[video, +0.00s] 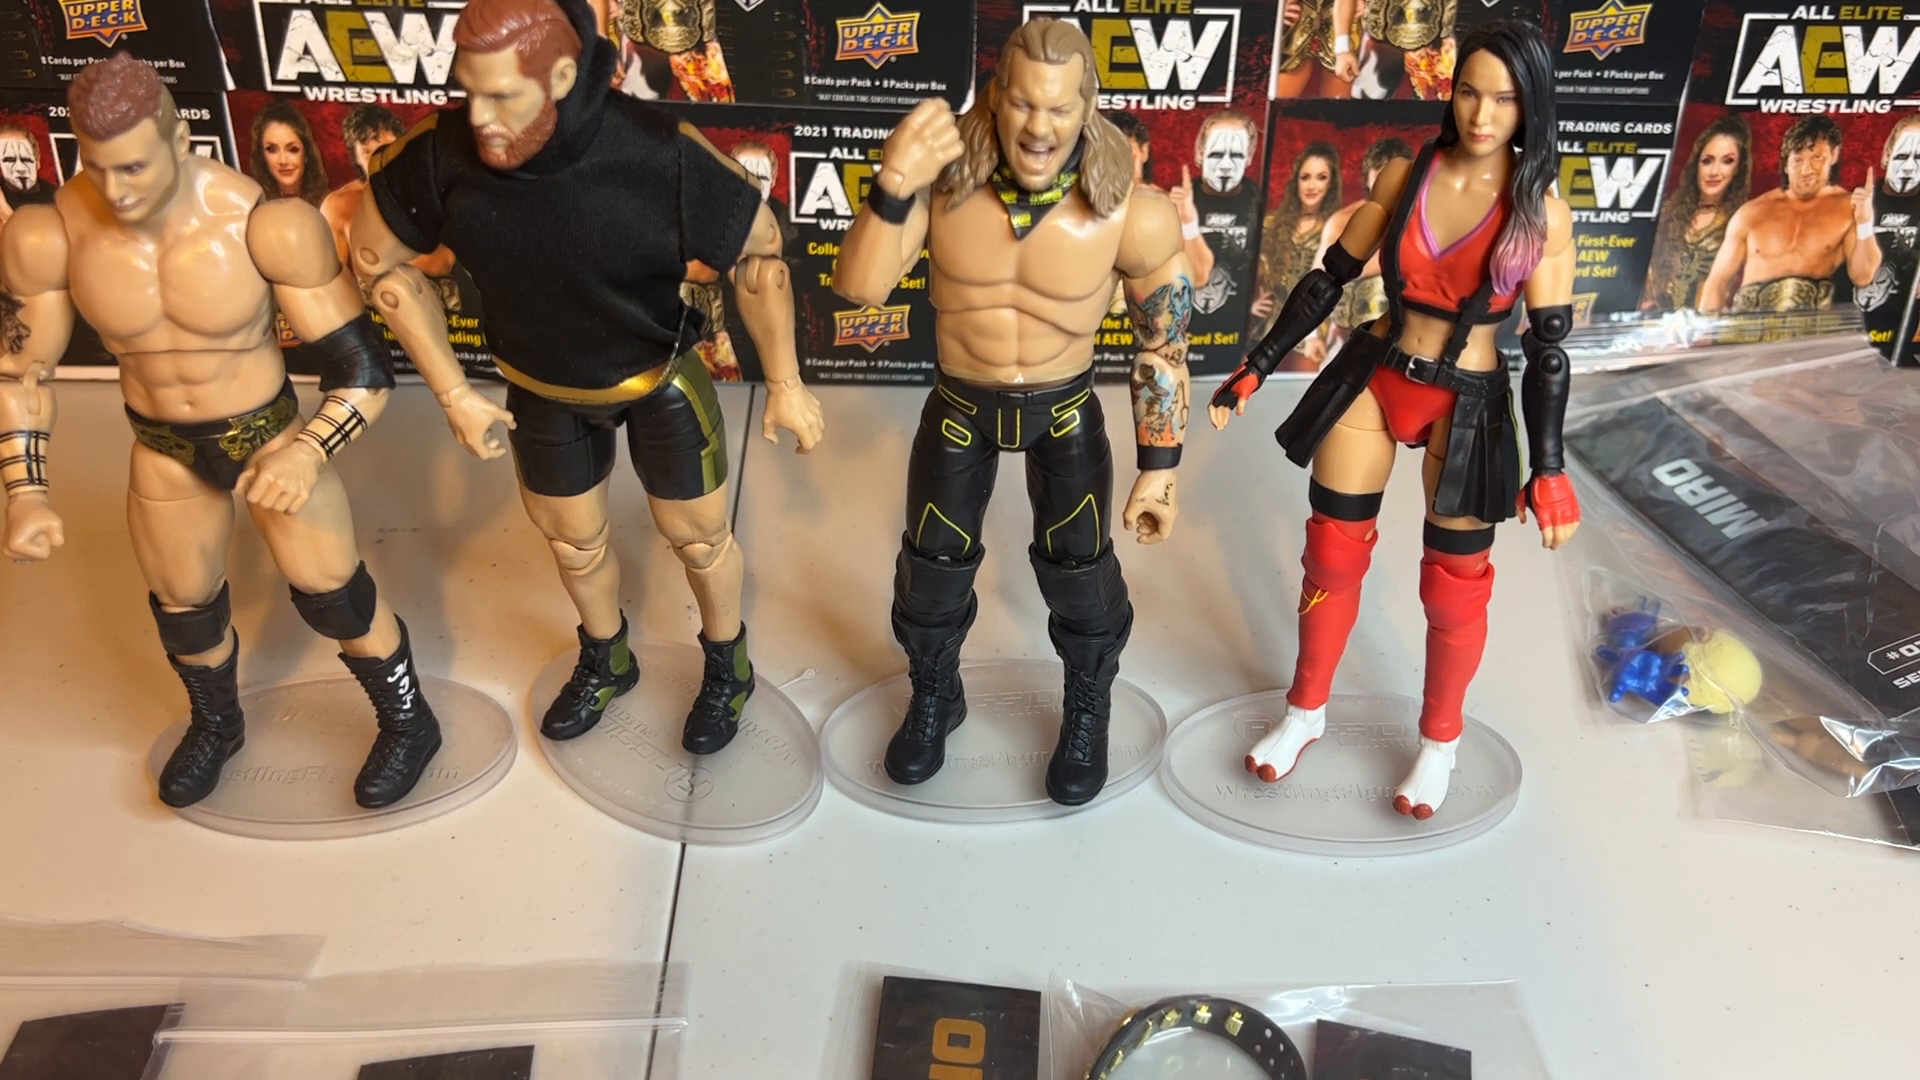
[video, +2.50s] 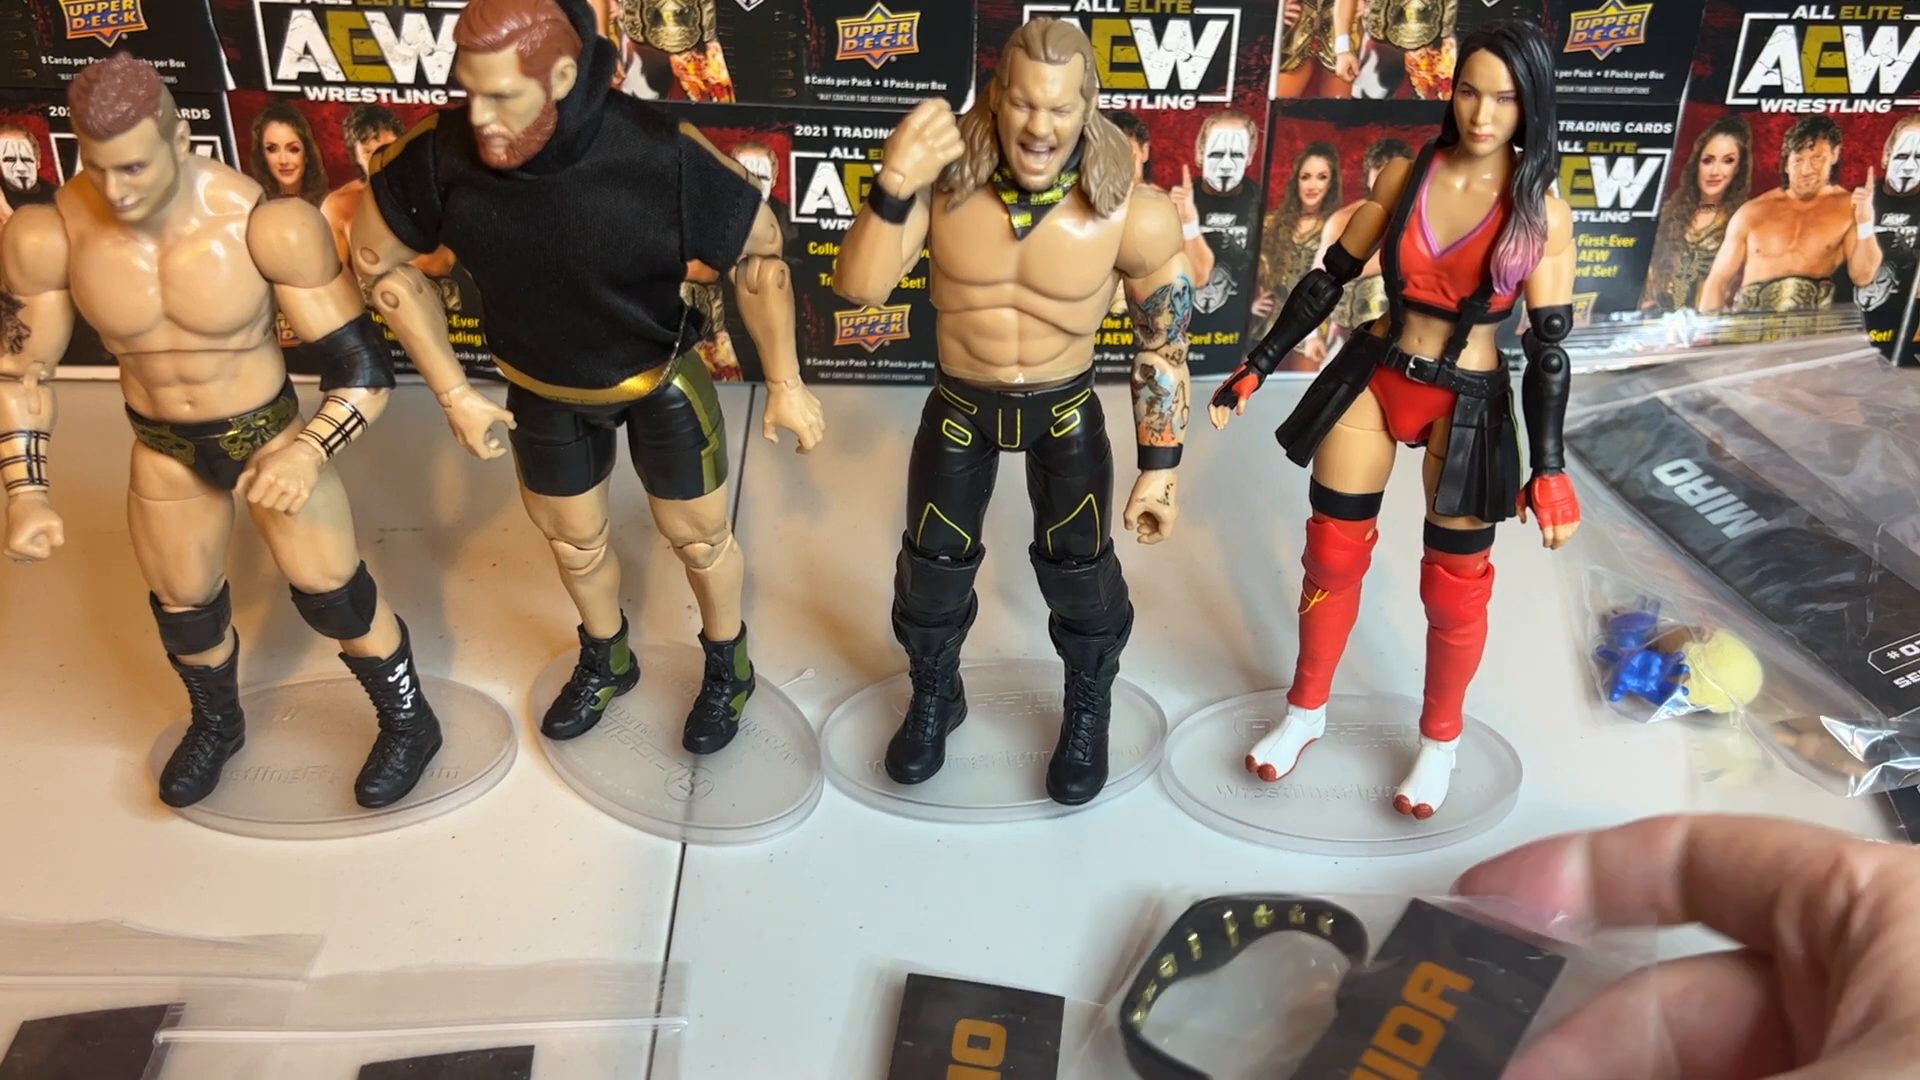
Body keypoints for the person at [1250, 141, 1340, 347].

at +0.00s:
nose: (1312, 186)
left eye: (1321, 178)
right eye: (1305, 177)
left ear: (1332, 183)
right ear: (1295, 181)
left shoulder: (1338, 230)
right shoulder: (1270, 225)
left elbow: (1338, 288)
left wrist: (1321, 336)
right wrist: (1252, 302)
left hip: (1312, 335)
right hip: (1268, 330)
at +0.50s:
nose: (1312, 186)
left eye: (1321, 178)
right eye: (1305, 177)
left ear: (1332, 183)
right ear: (1295, 181)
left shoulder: (1339, 231)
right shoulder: (1270, 225)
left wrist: (1320, 336)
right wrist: (1251, 302)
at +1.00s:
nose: (1312, 185)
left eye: (1321, 177)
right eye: (1305, 177)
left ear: (1332, 183)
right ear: (1295, 181)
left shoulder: (1338, 229)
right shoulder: (1271, 225)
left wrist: (1322, 336)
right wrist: (1254, 303)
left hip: (1313, 335)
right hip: (1269, 329)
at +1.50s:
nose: (1312, 186)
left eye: (1321, 178)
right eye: (1305, 177)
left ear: (1332, 183)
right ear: (1296, 181)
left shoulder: (1338, 229)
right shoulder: (1271, 225)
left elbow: (1336, 285)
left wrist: (1320, 336)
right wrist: (1252, 302)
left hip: (1311, 334)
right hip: (1269, 329)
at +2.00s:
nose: (1312, 185)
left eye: (1322, 177)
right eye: (1305, 177)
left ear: (1332, 182)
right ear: (1295, 181)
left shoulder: (1337, 229)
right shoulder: (1271, 224)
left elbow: (1334, 284)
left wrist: (1321, 335)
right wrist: (1253, 302)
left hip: (1312, 332)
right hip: (1269, 327)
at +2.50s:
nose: (1313, 185)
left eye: (1322, 177)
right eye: (1305, 177)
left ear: (1332, 183)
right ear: (1295, 180)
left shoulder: (1338, 229)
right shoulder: (1271, 223)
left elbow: (1342, 287)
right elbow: (1255, 273)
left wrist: (1325, 336)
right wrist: (1254, 301)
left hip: (1313, 331)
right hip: (1269, 325)